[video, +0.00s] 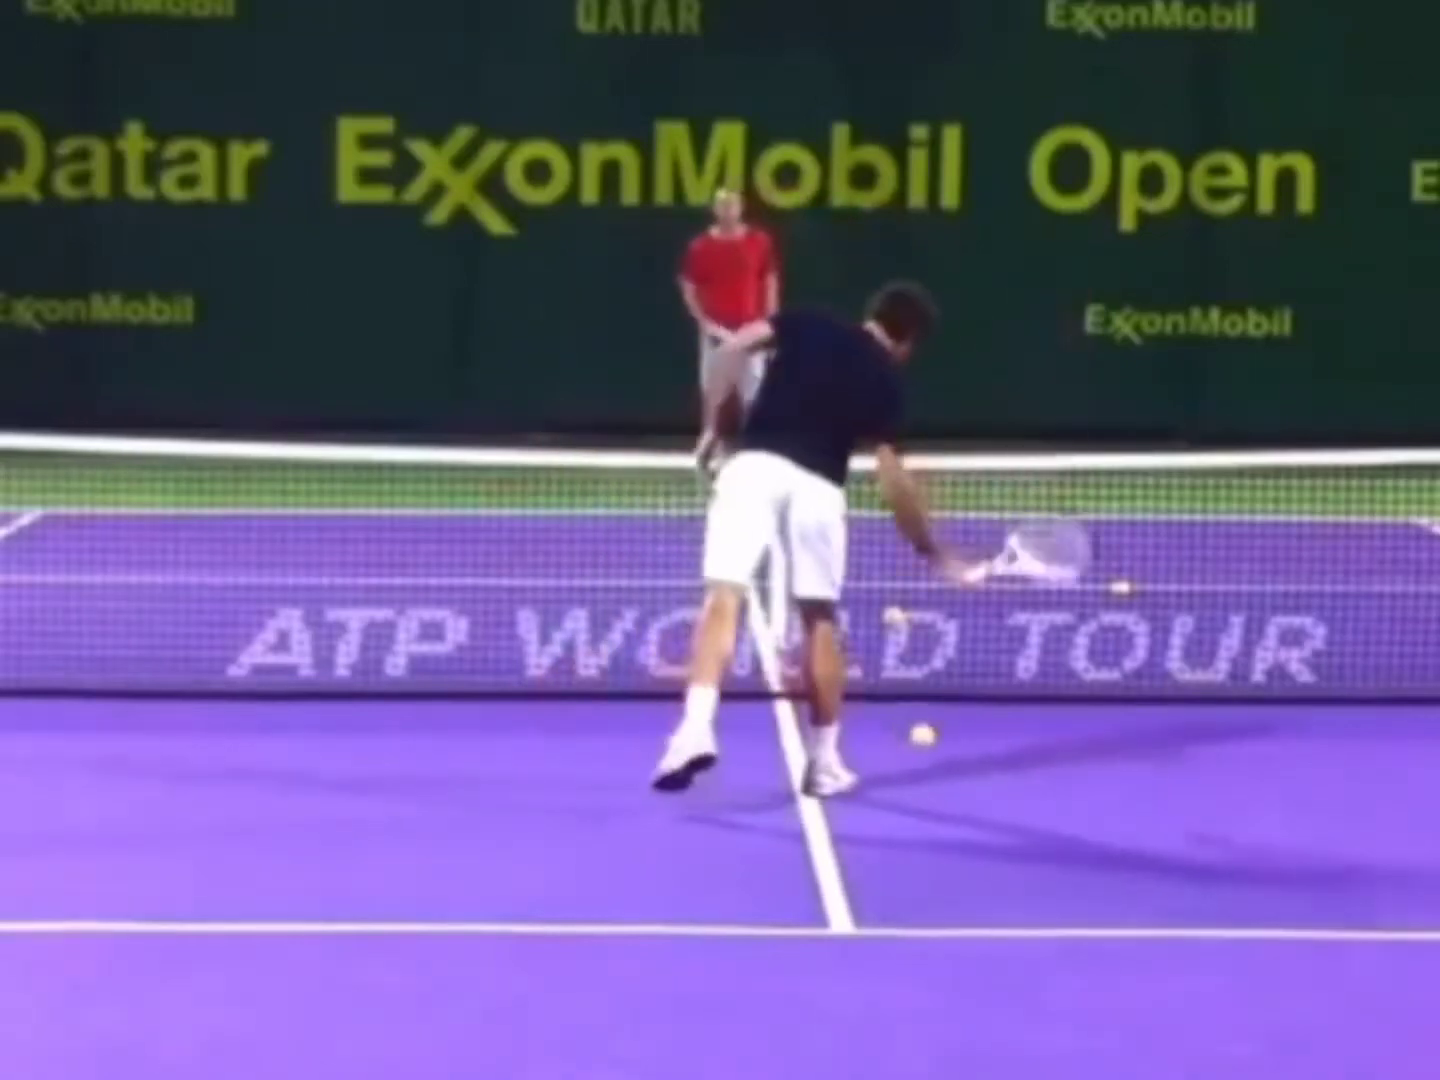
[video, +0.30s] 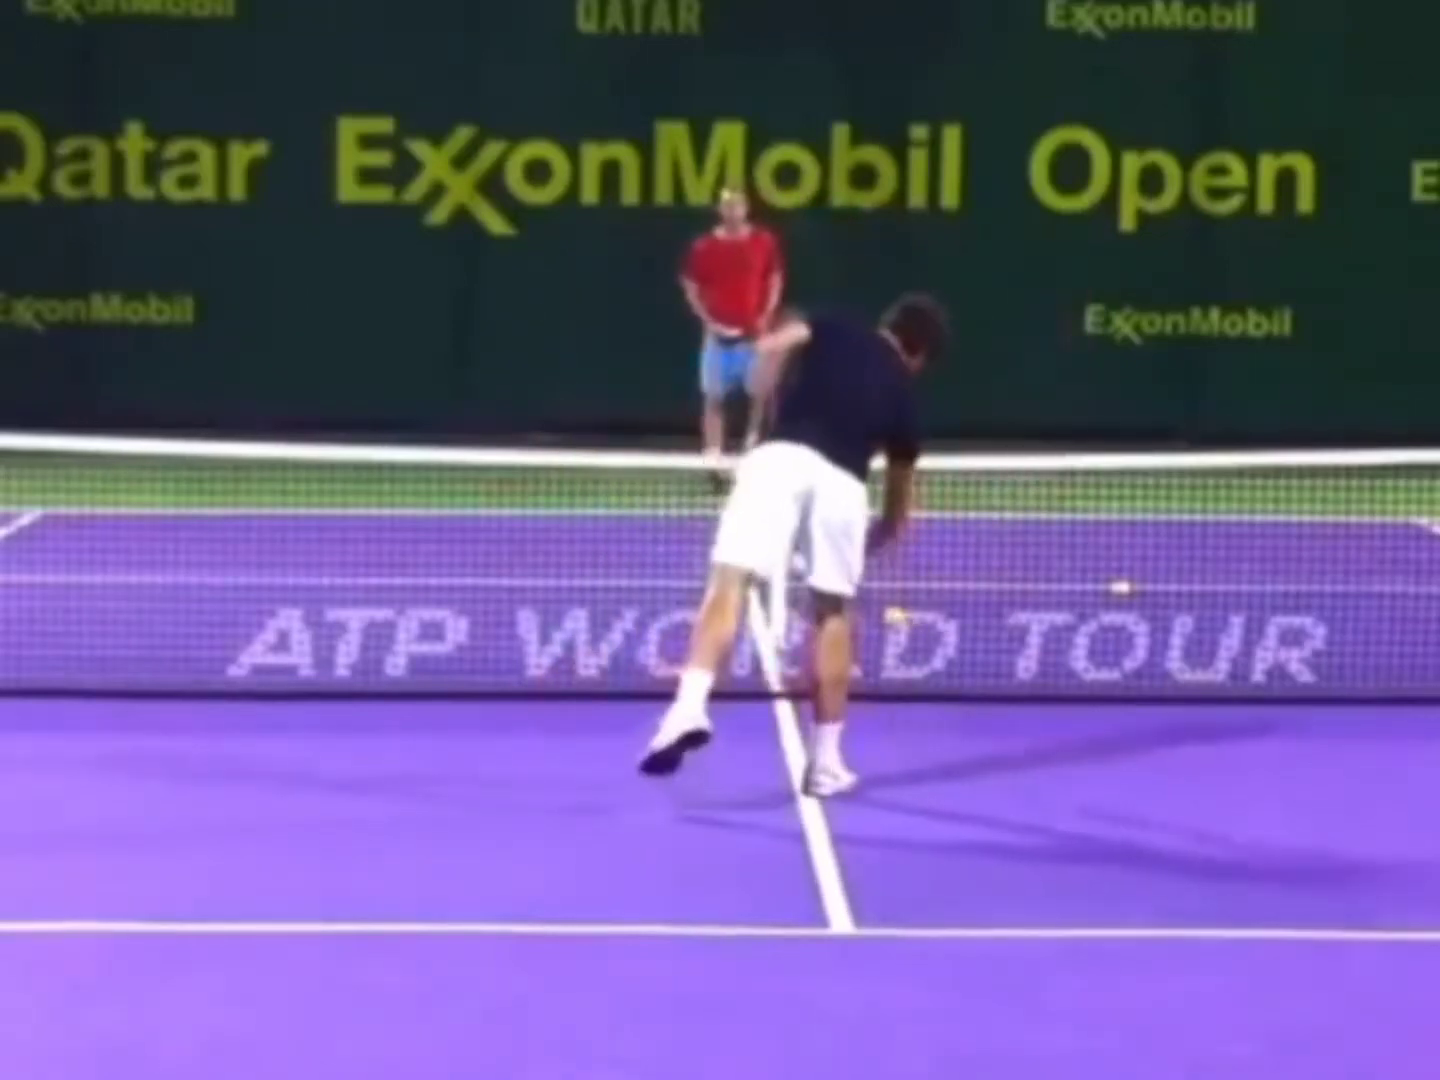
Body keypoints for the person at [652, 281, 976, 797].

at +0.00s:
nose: (910, 355)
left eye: (909, 345)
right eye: (912, 346)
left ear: (867, 314)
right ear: (906, 341)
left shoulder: (810, 324)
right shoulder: (885, 382)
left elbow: (730, 348)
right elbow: (893, 480)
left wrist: (716, 424)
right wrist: (933, 551)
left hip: (753, 469)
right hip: (817, 491)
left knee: (722, 599)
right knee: (821, 622)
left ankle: (697, 727)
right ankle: (824, 759)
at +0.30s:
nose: (921, 367)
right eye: (923, 359)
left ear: (884, 323)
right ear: (919, 356)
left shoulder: (836, 328)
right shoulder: (903, 397)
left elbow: (772, 346)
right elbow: (898, 505)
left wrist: (762, 421)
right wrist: (871, 539)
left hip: (778, 459)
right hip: (842, 487)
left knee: (727, 584)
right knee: (833, 616)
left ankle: (690, 705)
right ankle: (826, 759)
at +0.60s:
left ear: (874, 280)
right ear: (921, 305)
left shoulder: (829, 304)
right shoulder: (909, 361)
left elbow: (778, 352)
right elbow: (890, 458)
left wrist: (768, 422)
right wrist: (867, 474)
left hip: (784, 465)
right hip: (849, 485)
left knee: (745, 590)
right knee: (836, 618)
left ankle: (742, 723)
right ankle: (827, 757)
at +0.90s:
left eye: (835, 265)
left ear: (824, 273)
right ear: (874, 285)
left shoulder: (778, 333)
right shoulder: (887, 350)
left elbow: (738, 418)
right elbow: (911, 445)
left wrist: (753, 457)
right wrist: (873, 468)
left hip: (775, 505)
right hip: (846, 512)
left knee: (757, 637)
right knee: (843, 631)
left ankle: (781, 757)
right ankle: (832, 758)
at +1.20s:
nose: (830, 266)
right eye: (833, 258)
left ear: (779, 259)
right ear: (835, 260)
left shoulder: (749, 323)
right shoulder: (858, 326)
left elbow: (717, 414)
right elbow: (898, 415)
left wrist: (760, 415)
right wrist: (863, 450)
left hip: (769, 493)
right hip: (841, 497)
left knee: (769, 632)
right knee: (853, 625)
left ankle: (782, 771)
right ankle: (855, 766)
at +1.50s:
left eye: (800, 257)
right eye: (839, 254)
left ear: (790, 263)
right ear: (848, 262)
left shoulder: (761, 329)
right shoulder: (874, 334)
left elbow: (734, 418)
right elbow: (898, 431)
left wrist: (769, 428)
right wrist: (851, 444)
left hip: (772, 502)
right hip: (845, 508)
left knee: (770, 639)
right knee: (870, 638)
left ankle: (779, 775)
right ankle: (864, 767)